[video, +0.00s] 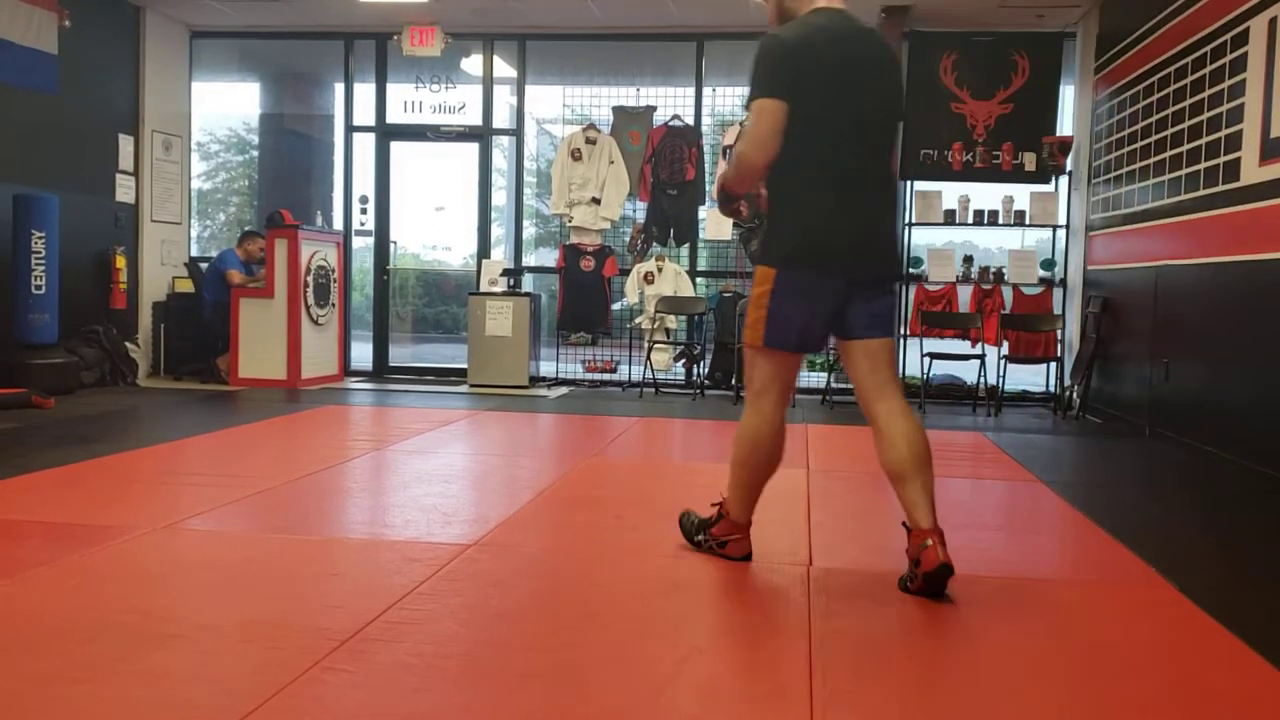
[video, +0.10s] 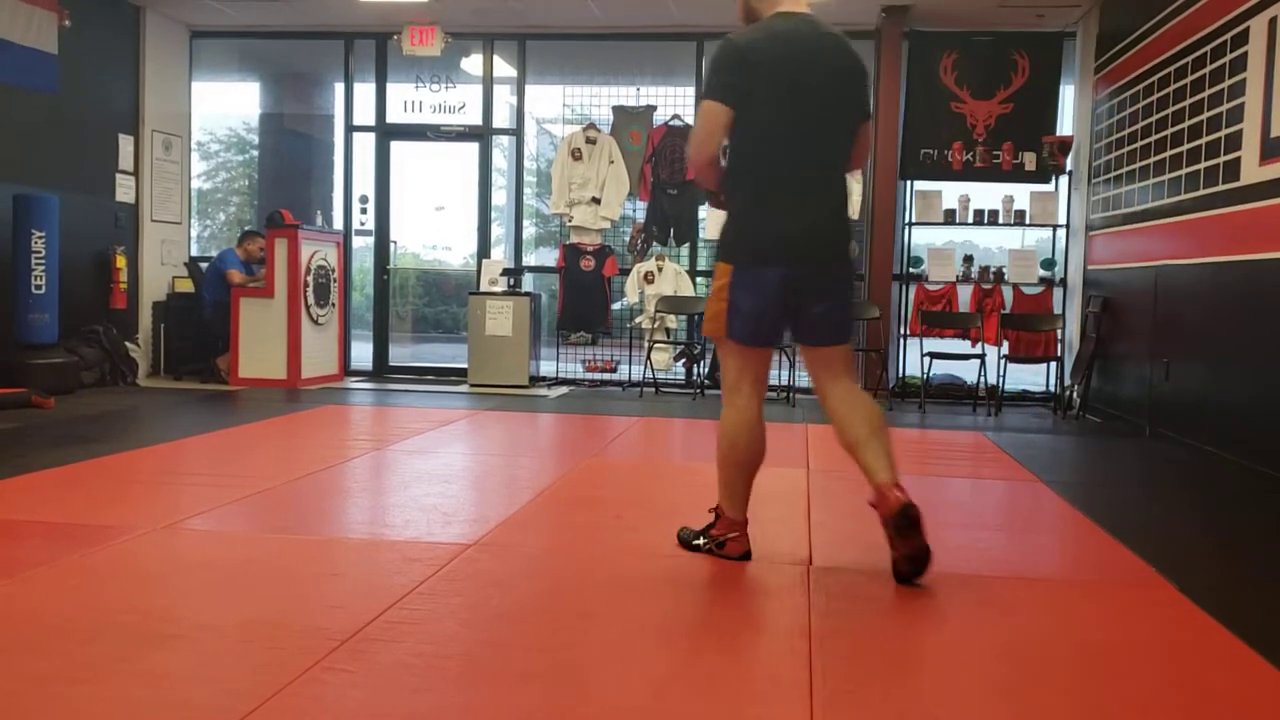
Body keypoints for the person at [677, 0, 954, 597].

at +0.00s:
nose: (761, 10)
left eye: (762, 5)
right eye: (761, 6)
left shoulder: (786, 43)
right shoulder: (883, 51)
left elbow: (755, 157)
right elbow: (886, 164)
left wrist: (731, 184)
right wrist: (780, 183)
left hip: (797, 250)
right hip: (873, 251)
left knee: (766, 395)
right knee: (883, 395)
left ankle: (732, 525)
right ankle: (928, 542)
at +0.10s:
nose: (736, 13)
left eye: (738, 8)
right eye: (738, 9)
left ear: (752, 3)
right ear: (801, 0)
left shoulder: (741, 49)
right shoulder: (846, 55)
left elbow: (701, 161)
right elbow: (856, 153)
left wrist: (734, 193)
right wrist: (798, 165)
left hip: (756, 243)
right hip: (827, 243)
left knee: (742, 388)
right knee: (838, 379)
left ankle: (731, 526)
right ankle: (890, 494)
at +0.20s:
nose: (710, 9)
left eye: (712, 6)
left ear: (724, 3)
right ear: (774, 1)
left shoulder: (707, 43)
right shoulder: (816, 51)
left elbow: (663, 141)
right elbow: (835, 150)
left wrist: (698, 180)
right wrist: (777, 168)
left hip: (729, 232)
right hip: (794, 230)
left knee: (727, 379)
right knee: (785, 361)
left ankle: (728, 524)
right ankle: (826, 464)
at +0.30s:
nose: (683, 9)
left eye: (685, 6)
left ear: (698, 4)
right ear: (746, 3)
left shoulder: (681, 45)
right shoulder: (786, 54)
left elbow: (640, 140)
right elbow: (813, 151)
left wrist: (676, 171)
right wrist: (755, 168)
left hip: (706, 234)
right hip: (767, 231)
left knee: (714, 377)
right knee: (745, 360)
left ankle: (728, 523)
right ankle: (756, 482)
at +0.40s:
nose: (665, 12)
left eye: (665, 9)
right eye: (667, 10)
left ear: (675, 6)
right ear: (722, 7)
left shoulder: (663, 55)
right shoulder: (760, 65)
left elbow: (625, 152)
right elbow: (789, 160)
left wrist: (651, 180)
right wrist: (734, 175)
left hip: (686, 238)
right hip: (740, 238)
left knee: (705, 383)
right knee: (708, 375)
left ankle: (728, 521)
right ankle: (692, 489)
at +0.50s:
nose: (640, 23)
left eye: (640, 15)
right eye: (641, 15)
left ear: (654, 11)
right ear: (696, 13)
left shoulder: (647, 67)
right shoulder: (739, 78)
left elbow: (615, 167)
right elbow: (764, 172)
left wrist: (653, 181)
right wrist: (706, 179)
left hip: (666, 245)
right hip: (715, 245)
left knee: (687, 381)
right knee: (681, 375)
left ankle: (725, 515)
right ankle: (662, 487)